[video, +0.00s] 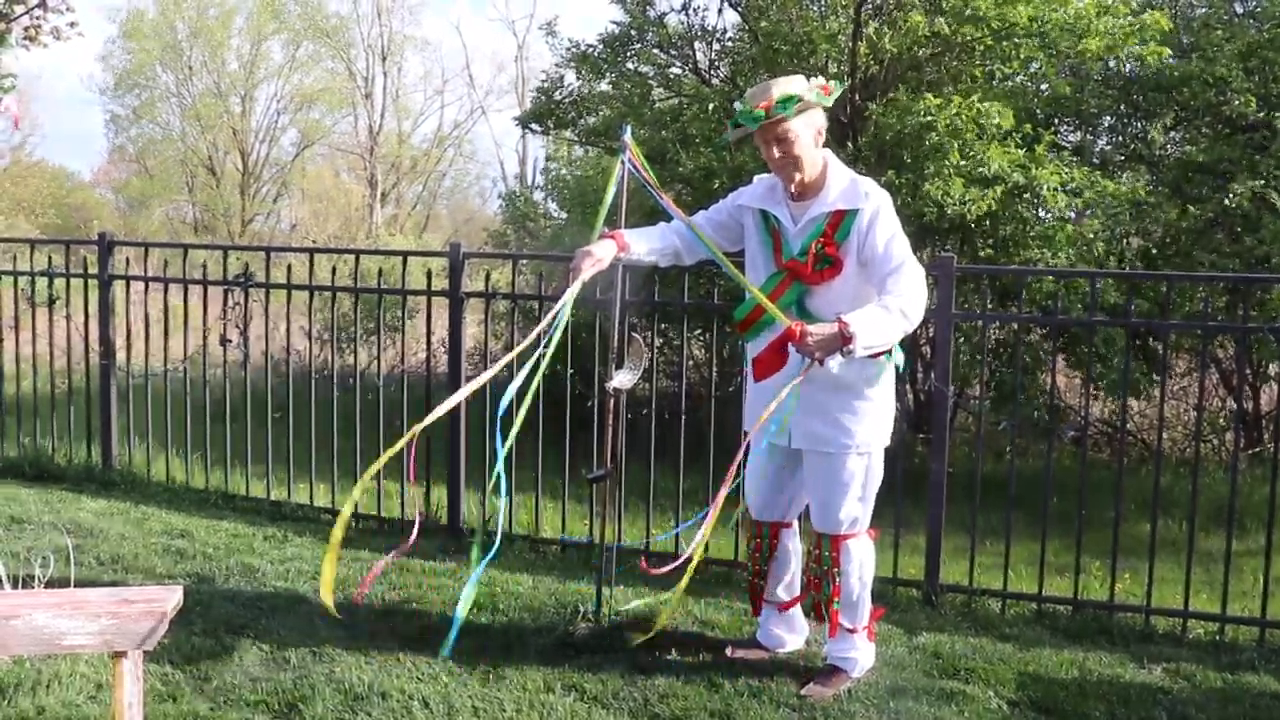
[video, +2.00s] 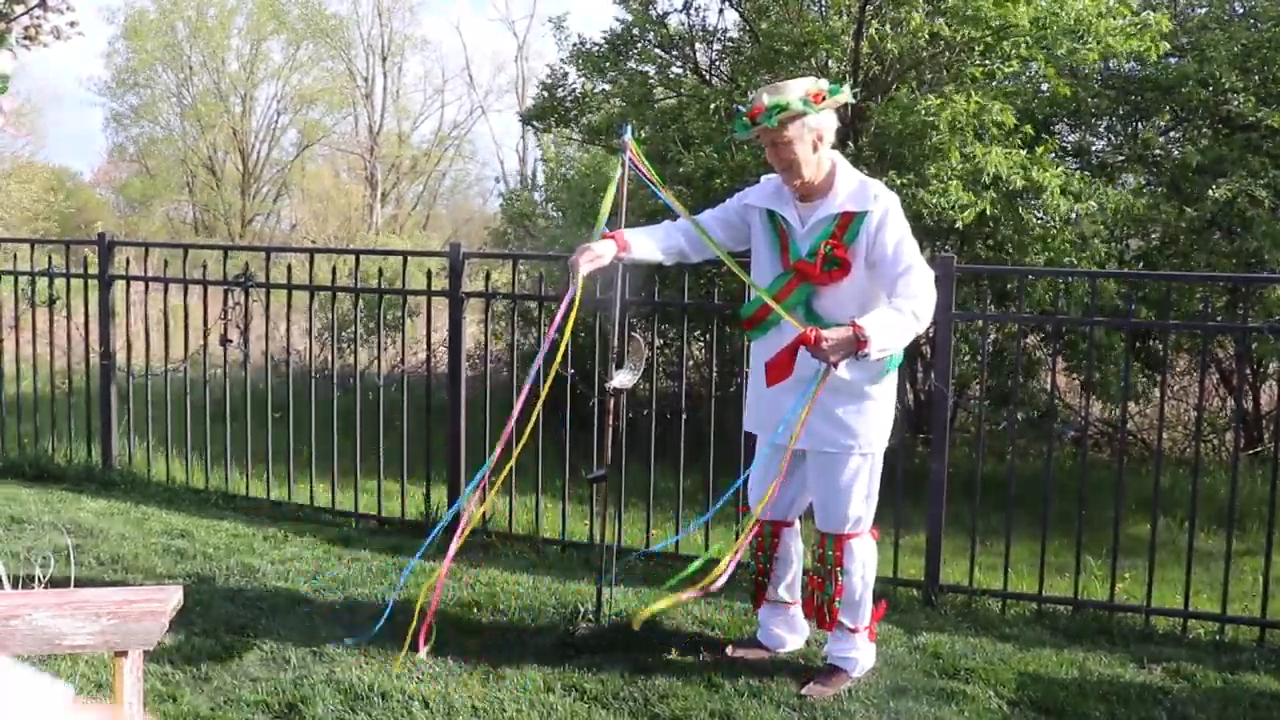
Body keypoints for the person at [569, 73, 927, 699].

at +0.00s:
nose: (776, 154)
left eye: (787, 140)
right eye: (765, 144)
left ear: (821, 132)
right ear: (758, 145)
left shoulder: (866, 205)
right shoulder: (754, 201)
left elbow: (908, 294)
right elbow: (684, 237)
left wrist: (847, 331)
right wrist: (615, 244)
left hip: (849, 394)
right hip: (773, 384)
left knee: (842, 525)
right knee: (770, 510)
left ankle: (848, 655)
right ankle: (778, 635)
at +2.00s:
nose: (772, 155)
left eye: (782, 141)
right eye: (765, 144)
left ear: (822, 135)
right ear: (763, 146)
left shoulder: (874, 205)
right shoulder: (759, 202)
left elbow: (917, 294)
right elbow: (688, 235)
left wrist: (860, 334)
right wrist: (616, 244)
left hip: (853, 391)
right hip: (776, 384)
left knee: (846, 524)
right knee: (774, 511)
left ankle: (849, 656)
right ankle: (778, 634)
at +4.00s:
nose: (730, 162)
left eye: (737, 149)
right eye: (728, 150)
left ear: (780, 144)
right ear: (768, 149)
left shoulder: (850, 205)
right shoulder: (741, 208)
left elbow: (900, 295)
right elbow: (664, 242)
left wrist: (842, 352)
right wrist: (575, 248)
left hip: (851, 387)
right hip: (780, 381)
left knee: (845, 523)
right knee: (761, 504)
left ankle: (851, 657)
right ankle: (785, 630)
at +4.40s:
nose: (719, 167)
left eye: (724, 153)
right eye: (716, 155)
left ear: (764, 144)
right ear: (752, 148)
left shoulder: (835, 206)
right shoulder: (747, 216)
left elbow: (882, 304)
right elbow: (696, 286)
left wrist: (818, 358)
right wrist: (617, 311)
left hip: (843, 379)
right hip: (777, 376)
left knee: (811, 513)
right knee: (767, 506)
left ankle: (874, 666)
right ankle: (801, 642)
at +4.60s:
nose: (732, 166)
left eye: (737, 151)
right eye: (729, 153)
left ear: (776, 147)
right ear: (774, 150)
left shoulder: (850, 215)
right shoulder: (767, 223)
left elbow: (881, 322)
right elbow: (746, 311)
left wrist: (803, 368)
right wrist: (681, 358)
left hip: (855, 400)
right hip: (795, 396)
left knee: (846, 537)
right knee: (776, 517)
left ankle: (878, 692)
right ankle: (797, 635)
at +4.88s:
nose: (773, 158)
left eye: (776, 142)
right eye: (770, 144)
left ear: (815, 139)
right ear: (817, 140)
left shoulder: (877, 205)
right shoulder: (830, 213)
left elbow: (886, 325)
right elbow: (828, 319)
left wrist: (792, 355)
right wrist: (769, 352)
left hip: (893, 412)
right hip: (846, 408)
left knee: (867, 557)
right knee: (811, 518)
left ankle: (882, 703)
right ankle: (841, 642)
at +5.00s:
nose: (795, 158)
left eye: (798, 141)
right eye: (791, 143)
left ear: (837, 133)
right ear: (839, 135)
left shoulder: (895, 204)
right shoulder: (853, 209)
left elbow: (899, 324)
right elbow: (862, 322)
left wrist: (796, 346)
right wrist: (792, 352)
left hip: (904, 417)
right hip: (865, 412)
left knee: (870, 555)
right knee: (841, 528)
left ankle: (879, 702)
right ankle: (934, 651)